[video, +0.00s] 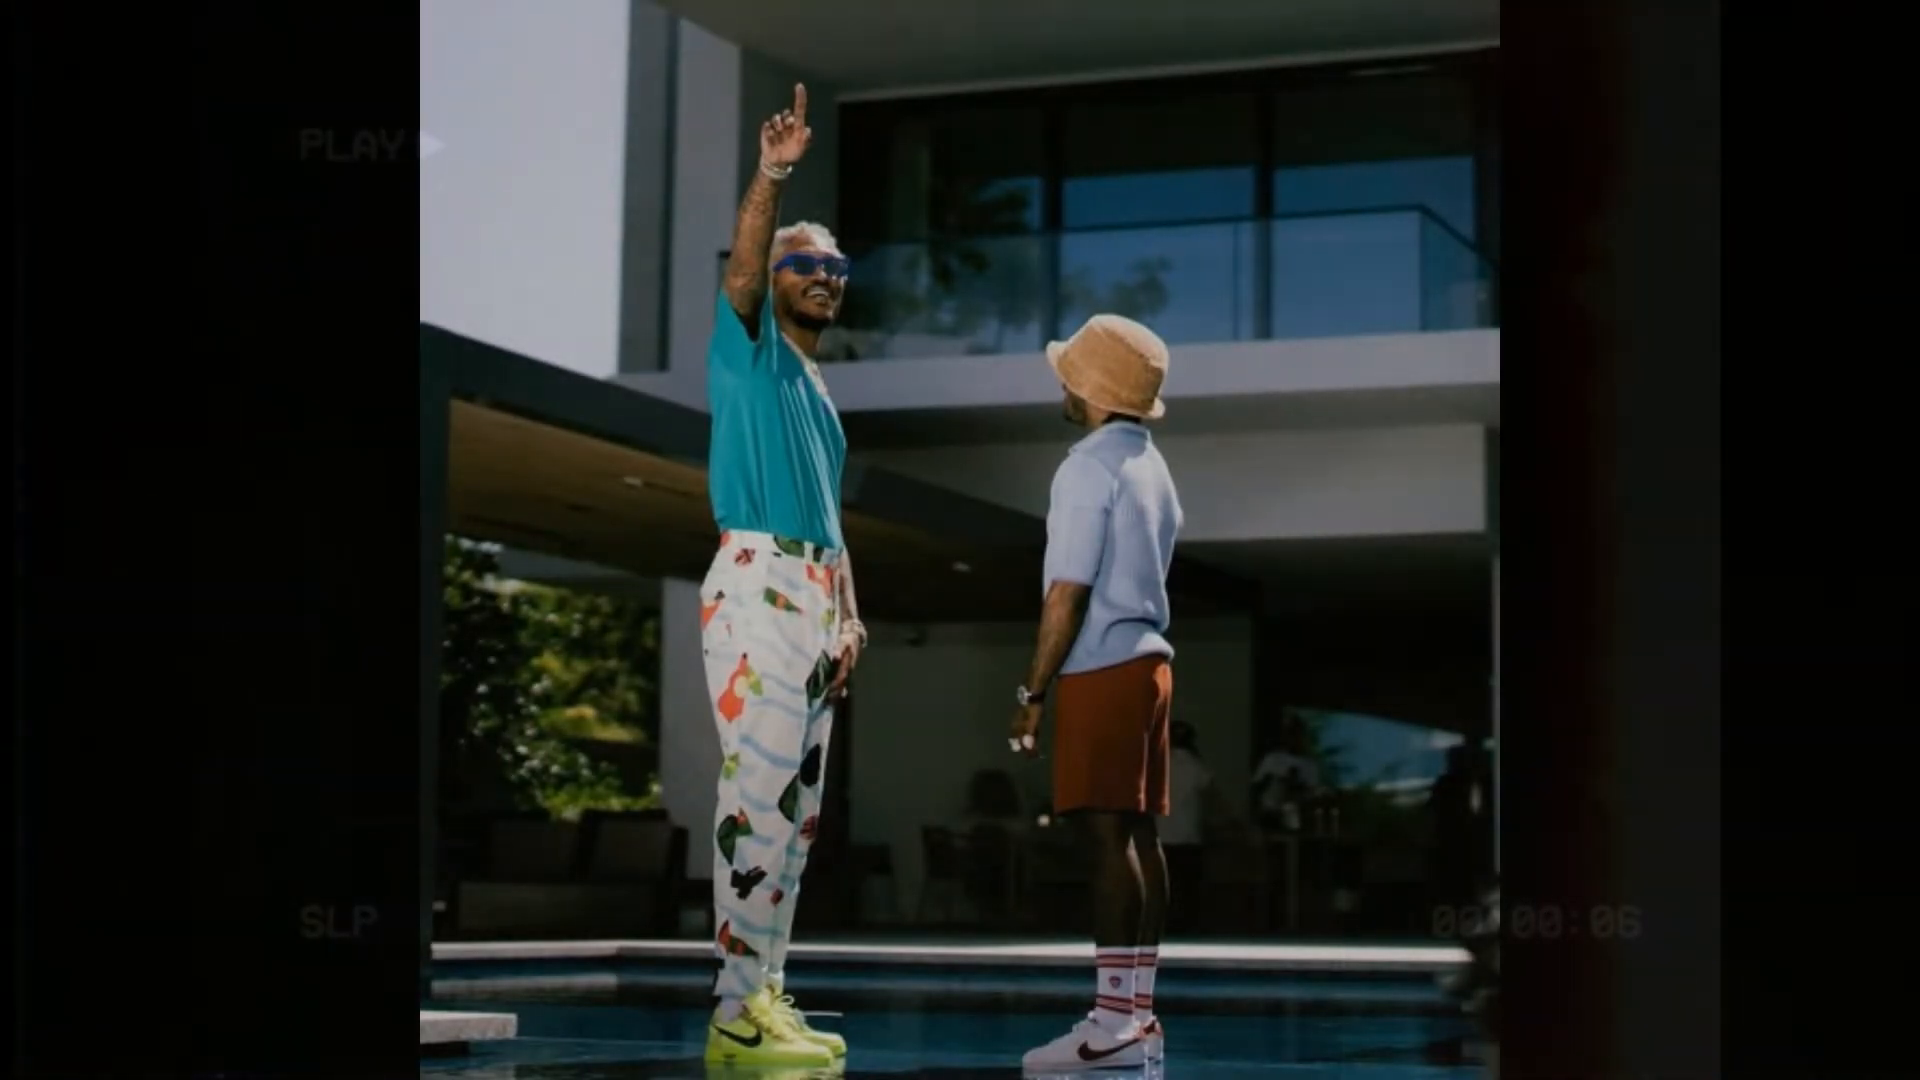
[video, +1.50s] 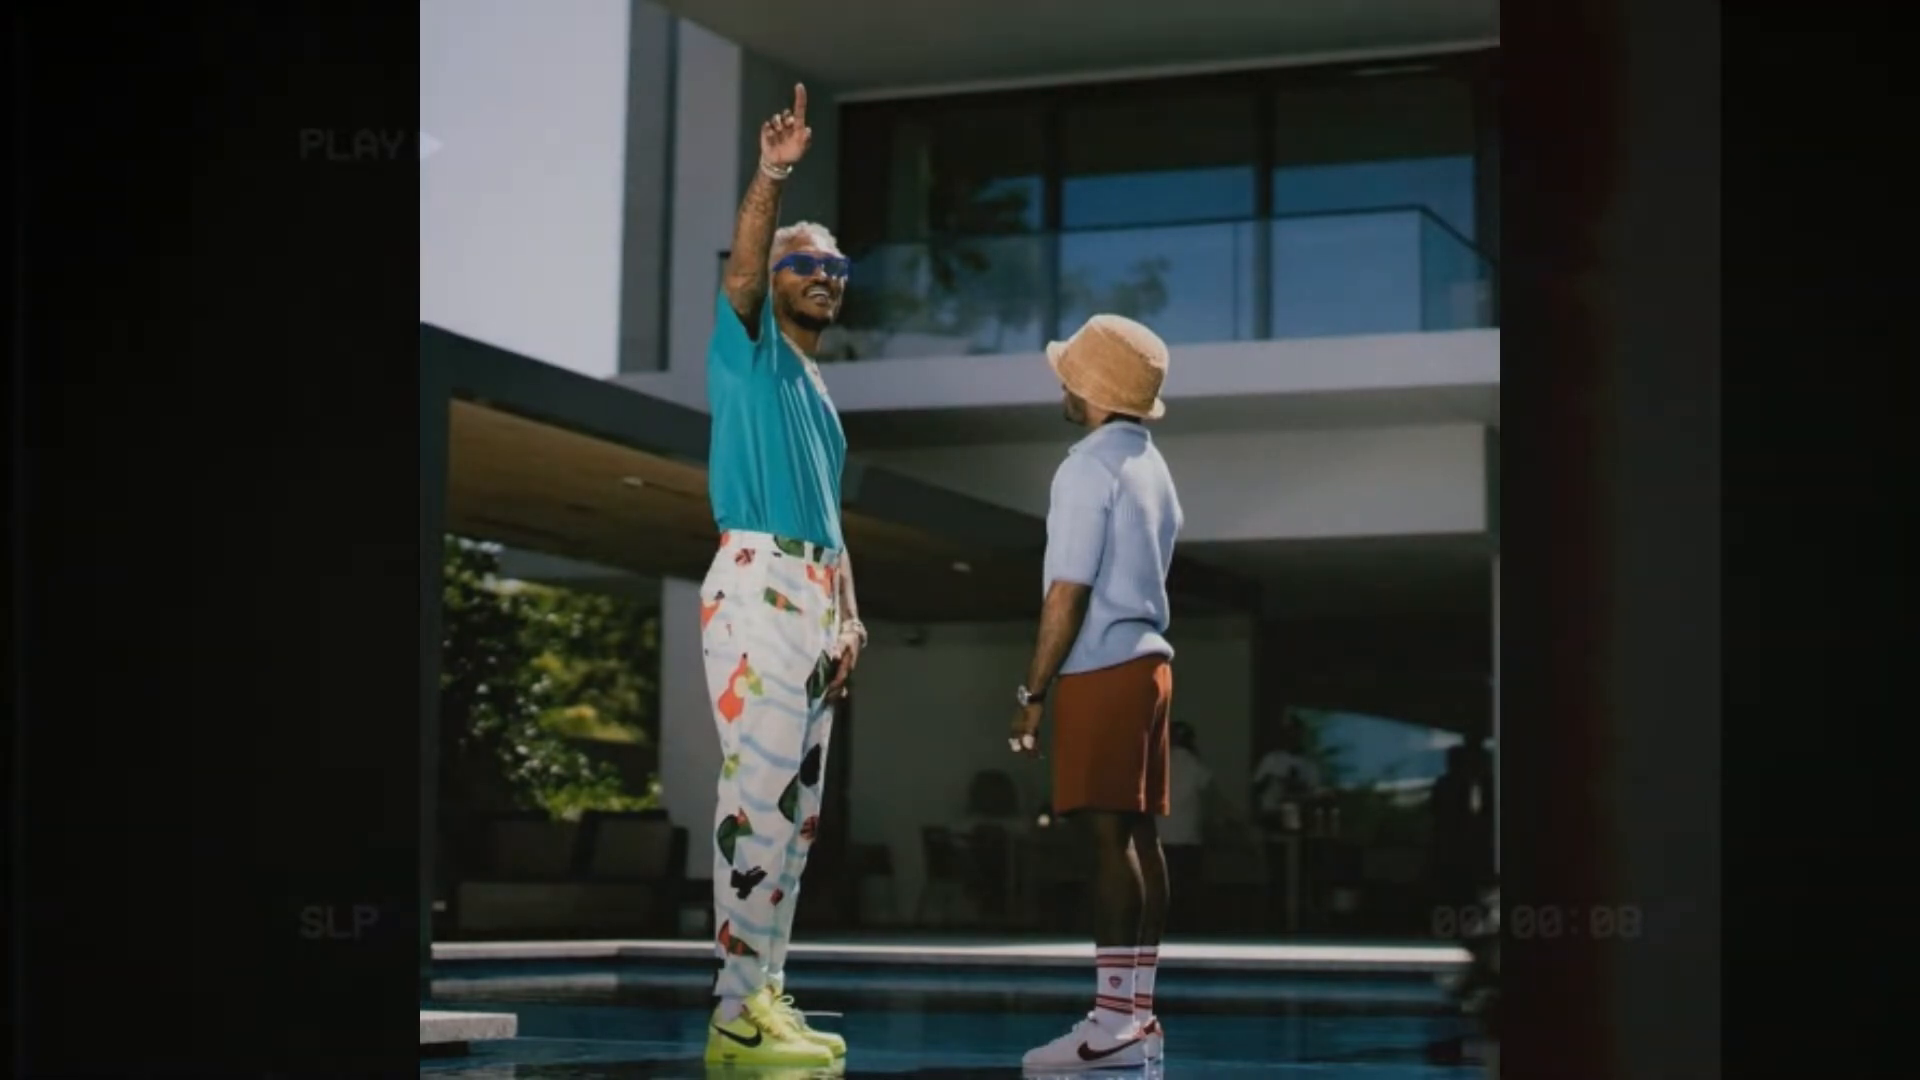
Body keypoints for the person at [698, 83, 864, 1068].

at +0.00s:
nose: (823, 283)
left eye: (834, 273)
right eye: (806, 268)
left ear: (841, 292)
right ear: (770, 278)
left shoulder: (818, 394)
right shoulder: (744, 343)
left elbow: (827, 520)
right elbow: (744, 267)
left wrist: (847, 612)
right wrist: (770, 173)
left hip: (813, 590)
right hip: (755, 581)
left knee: (793, 798)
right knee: (759, 793)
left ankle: (758, 1002)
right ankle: (745, 1007)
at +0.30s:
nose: (823, 283)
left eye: (834, 273)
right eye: (806, 268)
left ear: (841, 292)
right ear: (770, 278)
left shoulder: (818, 394)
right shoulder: (744, 343)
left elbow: (827, 520)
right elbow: (744, 267)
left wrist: (847, 611)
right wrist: (770, 173)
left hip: (813, 590)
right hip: (755, 581)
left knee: (793, 798)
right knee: (759, 793)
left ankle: (759, 1003)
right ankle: (745, 1007)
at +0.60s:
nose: (823, 283)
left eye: (834, 273)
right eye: (806, 268)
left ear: (841, 292)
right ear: (770, 278)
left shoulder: (818, 394)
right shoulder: (744, 343)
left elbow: (827, 520)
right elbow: (744, 267)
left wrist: (847, 612)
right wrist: (770, 173)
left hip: (813, 590)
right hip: (755, 581)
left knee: (794, 798)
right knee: (759, 792)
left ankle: (759, 1002)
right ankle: (745, 1007)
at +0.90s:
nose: (823, 282)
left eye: (834, 272)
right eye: (805, 267)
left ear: (842, 293)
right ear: (770, 278)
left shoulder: (819, 395)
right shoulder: (744, 344)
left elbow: (828, 520)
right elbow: (744, 266)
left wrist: (847, 612)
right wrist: (769, 173)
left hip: (814, 590)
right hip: (756, 582)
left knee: (795, 798)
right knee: (759, 792)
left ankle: (758, 1001)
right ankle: (746, 1005)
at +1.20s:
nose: (823, 283)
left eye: (834, 274)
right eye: (806, 268)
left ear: (841, 293)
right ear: (770, 278)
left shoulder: (818, 394)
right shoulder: (744, 343)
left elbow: (828, 519)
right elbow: (743, 268)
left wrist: (847, 612)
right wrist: (770, 174)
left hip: (814, 590)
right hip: (756, 582)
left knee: (794, 798)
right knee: (759, 791)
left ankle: (756, 1003)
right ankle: (746, 1004)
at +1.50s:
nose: (823, 282)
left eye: (834, 273)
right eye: (805, 268)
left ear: (842, 293)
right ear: (770, 278)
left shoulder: (819, 395)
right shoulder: (744, 344)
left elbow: (828, 520)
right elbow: (744, 266)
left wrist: (847, 612)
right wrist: (770, 173)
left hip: (814, 590)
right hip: (756, 582)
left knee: (794, 798)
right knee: (759, 793)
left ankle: (759, 1000)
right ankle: (745, 1006)